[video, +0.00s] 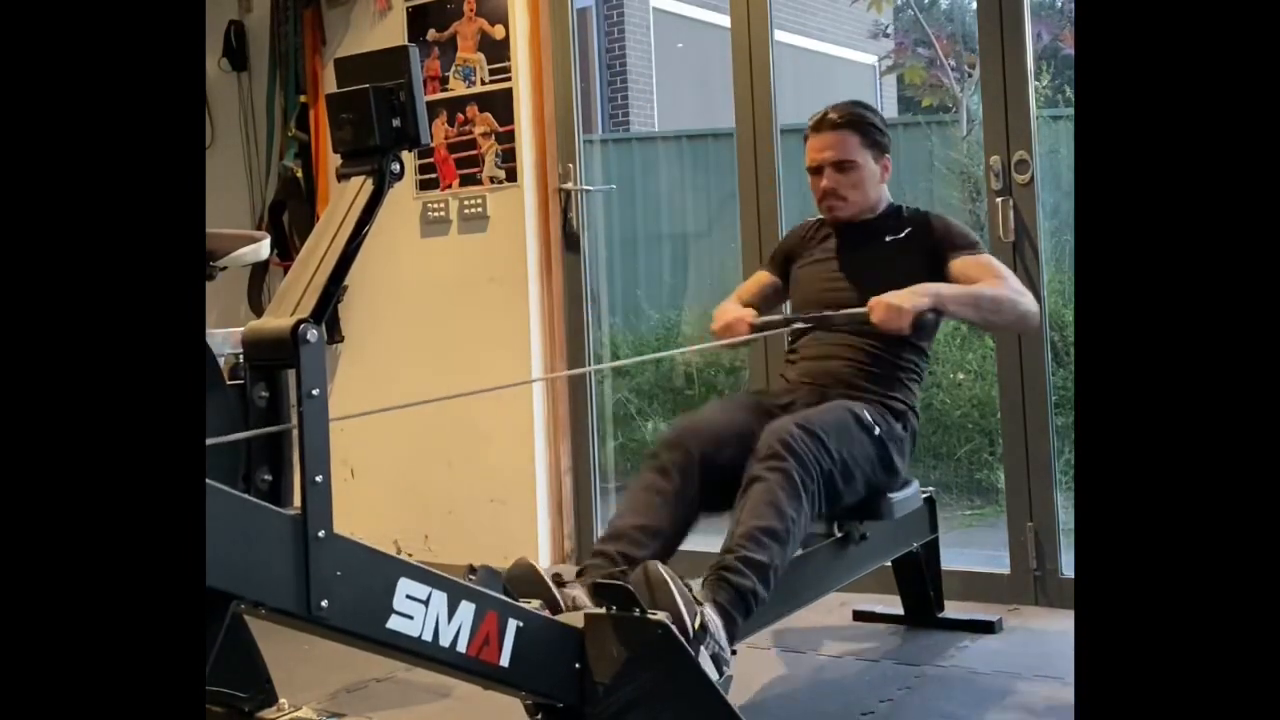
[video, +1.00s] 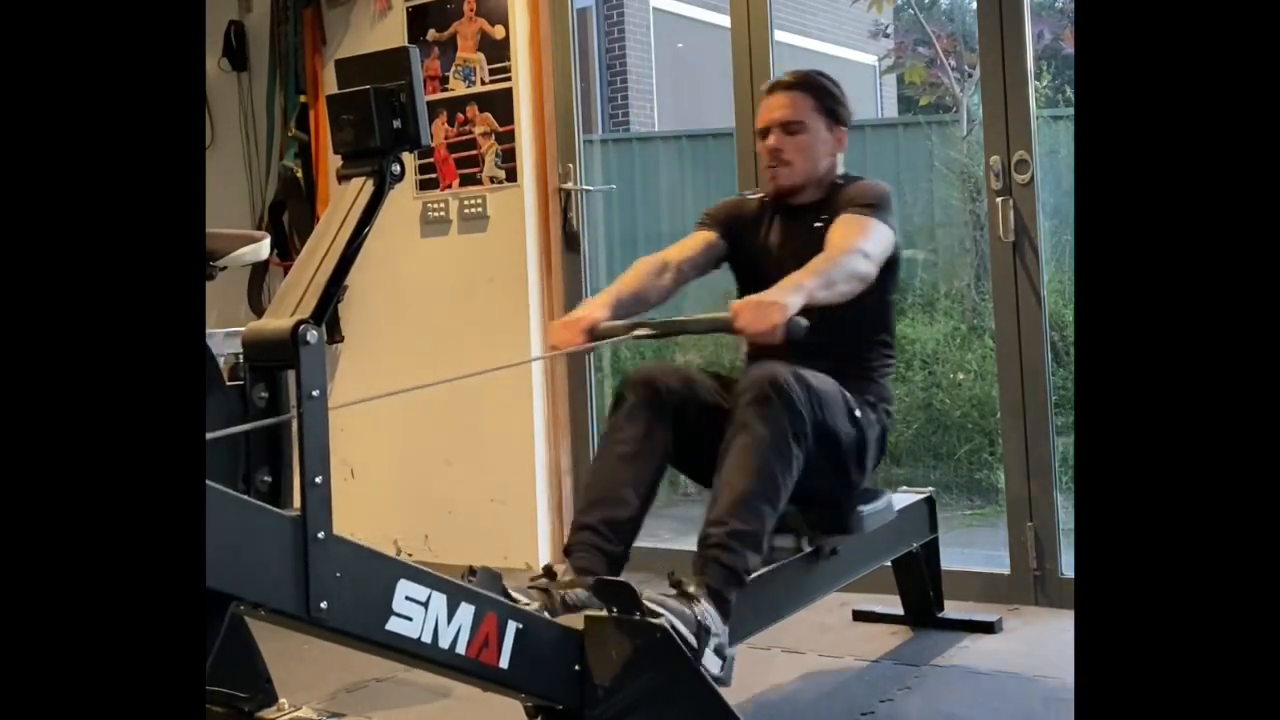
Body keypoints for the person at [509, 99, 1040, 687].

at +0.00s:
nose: (825, 184)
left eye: (840, 169)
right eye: (815, 171)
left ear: (883, 167)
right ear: (809, 173)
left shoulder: (926, 234)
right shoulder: (804, 241)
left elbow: (1022, 307)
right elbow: (742, 300)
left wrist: (931, 295)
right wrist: (734, 313)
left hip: (870, 414)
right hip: (778, 406)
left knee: (785, 446)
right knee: (685, 443)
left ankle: (716, 625)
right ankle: (591, 591)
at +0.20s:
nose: (788, 165)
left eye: (806, 148)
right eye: (777, 151)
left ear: (850, 150)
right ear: (768, 156)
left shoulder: (896, 222)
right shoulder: (761, 231)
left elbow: (983, 284)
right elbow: (700, 282)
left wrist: (876, 278)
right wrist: (667, 295)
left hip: (849, 450)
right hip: (752, 436)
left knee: (762, 390)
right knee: (656, 383)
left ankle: (717, 618)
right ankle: (593, 577)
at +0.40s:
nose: (708, 146)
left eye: (729, 128)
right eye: (699, 130)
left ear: (777, 135)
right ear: (689, 137)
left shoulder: (817, 203)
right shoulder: (684, 219)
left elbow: (833, 258)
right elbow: (598, 273)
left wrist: (725, 298)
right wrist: (525, 312)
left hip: (803, 470)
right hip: (710, 467)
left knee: (730, 337)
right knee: (604, 347)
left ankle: (705, 590)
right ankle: (578, 573)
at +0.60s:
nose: (630, 151)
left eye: (654, 133)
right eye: (621, 135)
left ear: (709, 142)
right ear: (613, 140)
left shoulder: (759, 213)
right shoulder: (611, 232)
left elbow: (726, 279)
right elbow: (521, 298)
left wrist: (629, 345)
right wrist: (420, 365)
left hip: (761, 482)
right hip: (659, 479)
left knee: (710, 323)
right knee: (572, 309)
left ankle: (695, 571)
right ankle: (574, 558)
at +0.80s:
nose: (671, 142)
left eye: (694, 124)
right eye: (663, 127)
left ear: (745, 134)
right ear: (656, 136)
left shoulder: (787, 199)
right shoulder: (649, 222)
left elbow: (762, 268)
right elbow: (562, 282)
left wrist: (680, 328)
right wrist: (472, 342)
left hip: (776, 469)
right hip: (686, 467)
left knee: (722, 335)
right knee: (593, 314)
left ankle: (698, 573)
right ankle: (578, 562)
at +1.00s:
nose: (771, 145)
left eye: (790, 129)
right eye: (763, 133)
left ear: (838, 140)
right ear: (754, 144)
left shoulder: (866, 202)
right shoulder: (742, 217)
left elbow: (849, 262)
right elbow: (669, 267)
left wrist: (787, 294)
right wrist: (603, 306)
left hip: (846, 436)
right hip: (755, 423)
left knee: (770, 380)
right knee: (650, 385)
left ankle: (708, 608)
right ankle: (583, 577)